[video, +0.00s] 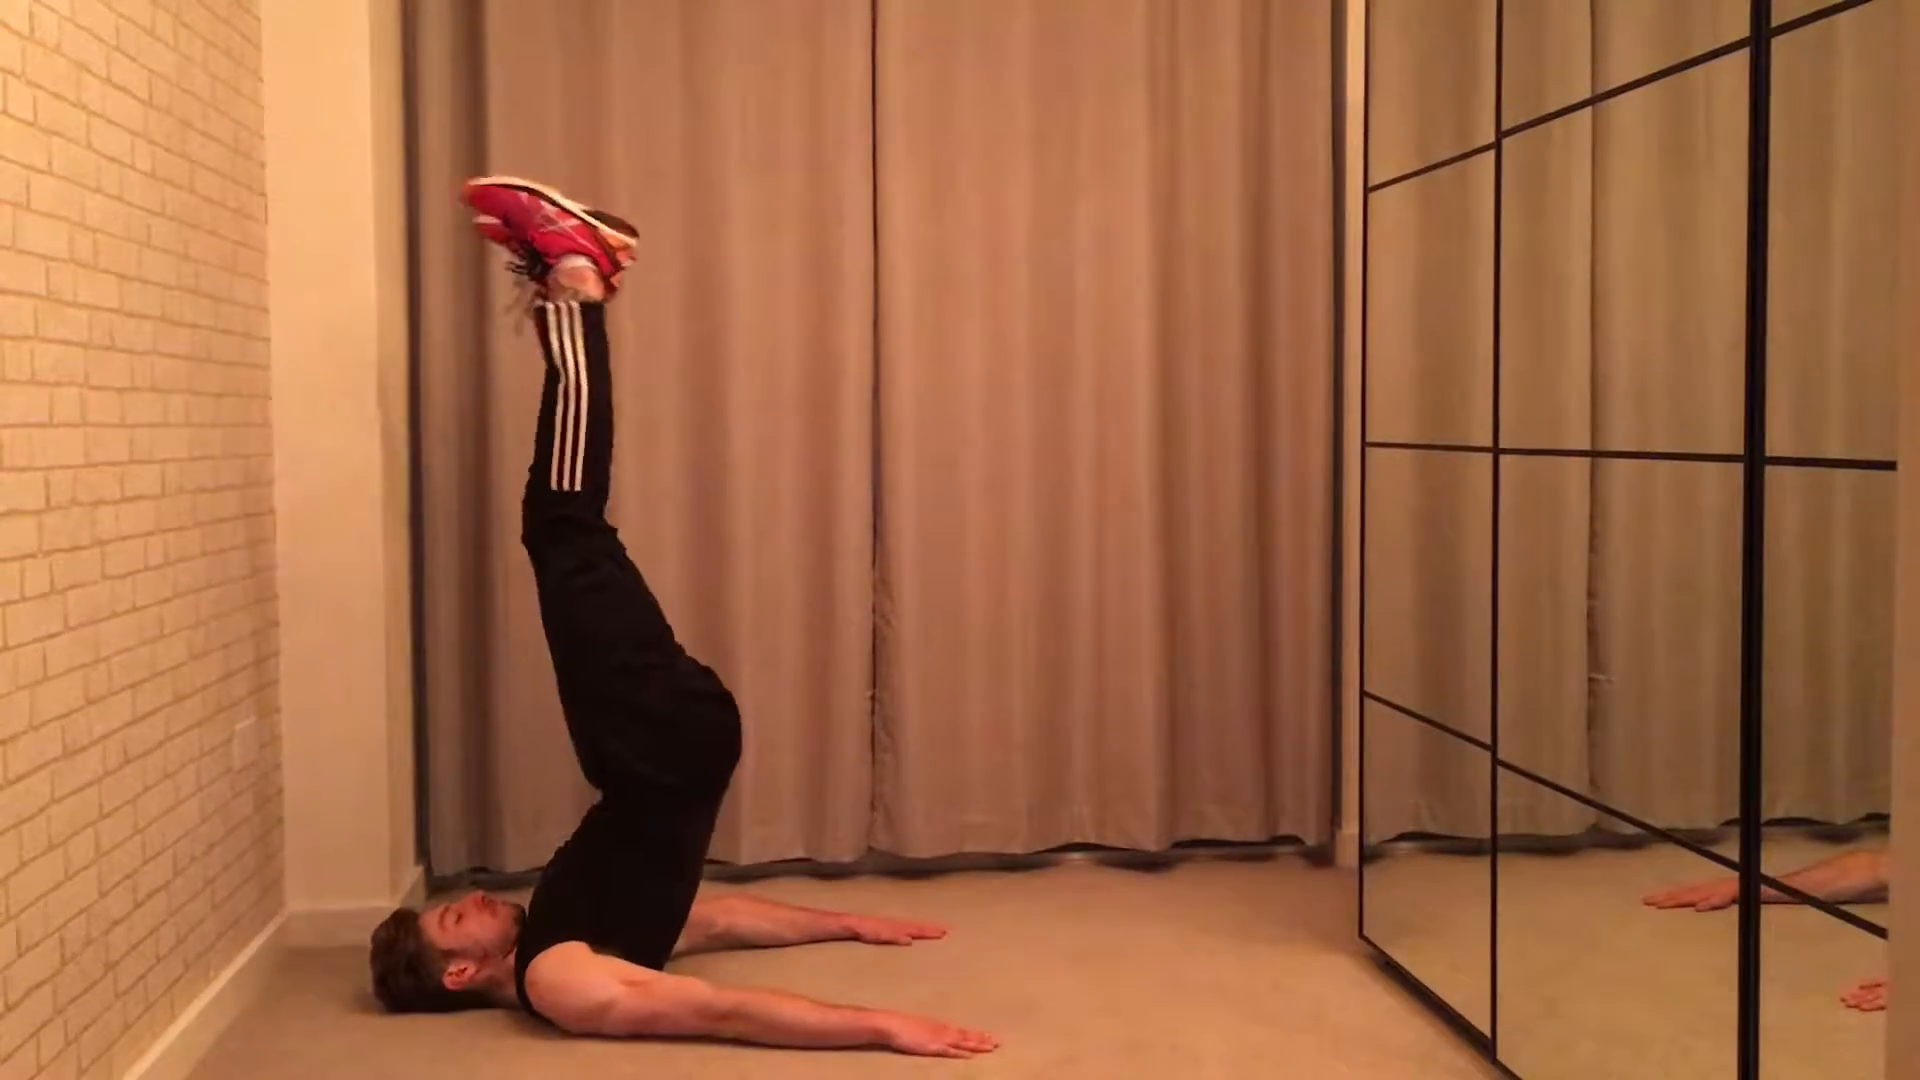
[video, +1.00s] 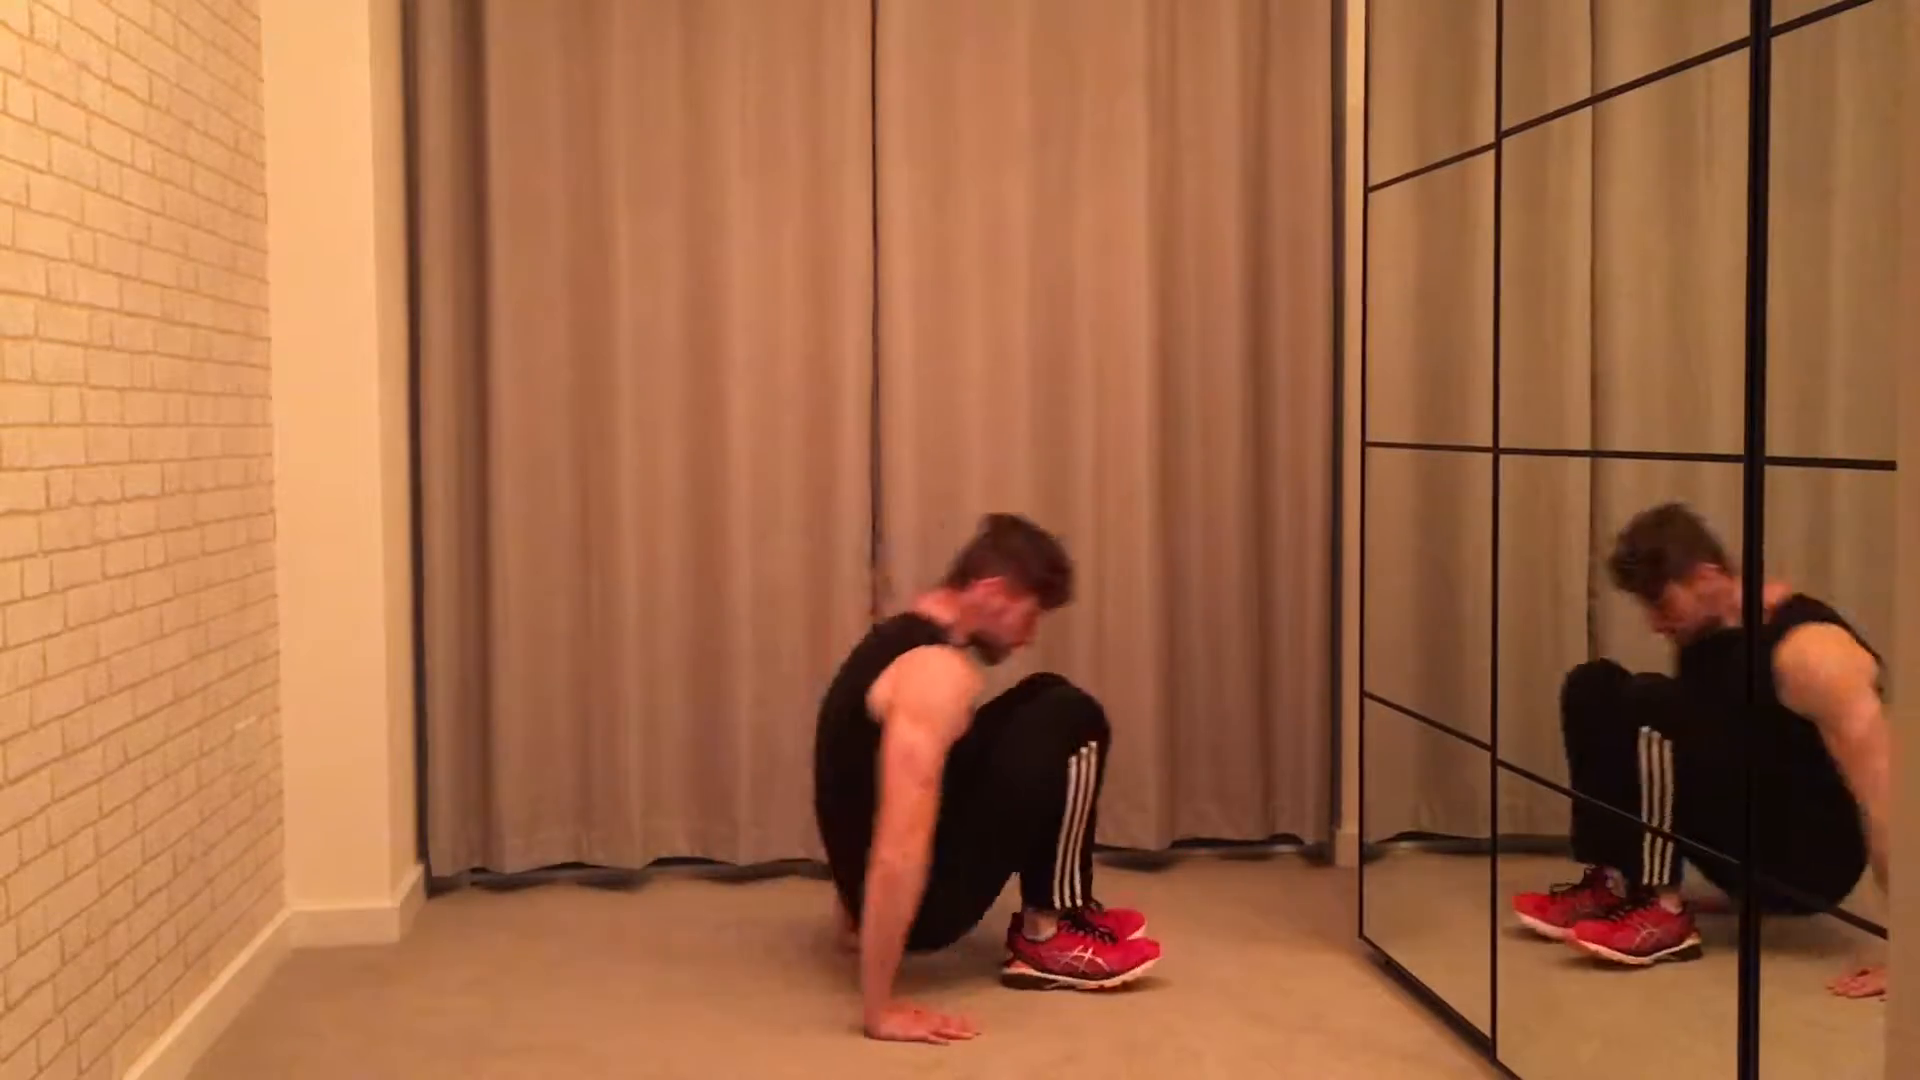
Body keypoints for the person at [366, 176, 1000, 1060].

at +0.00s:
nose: (474, 899)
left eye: (456, 900)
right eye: (456, 919)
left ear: (478, 904)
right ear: (465, 973)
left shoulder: (570, 936)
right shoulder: (559, 979)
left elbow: (716, 917)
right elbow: (719, 1015)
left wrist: (849, 925)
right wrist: (884, 1029)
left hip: (661, 760)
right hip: (681, 751)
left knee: (561, 526)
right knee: (560, 527)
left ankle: (570, 293)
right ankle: (573, 289)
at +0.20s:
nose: (464, 901)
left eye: (446, 903)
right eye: (449, 919)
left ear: (472, 943)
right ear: (460, 968)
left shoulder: (565, 941)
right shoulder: (559, 984)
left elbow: (712, 925)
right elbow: (721, 1019)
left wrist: (838, 922)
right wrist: (878, 1029)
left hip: (714, 775)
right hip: (731, 776)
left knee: (550, 606)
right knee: (543, 607)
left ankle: (668, 418)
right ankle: (673, 423)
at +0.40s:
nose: (464, 880)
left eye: (443, 883)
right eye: (446, 897)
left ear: (463, 936)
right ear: (457, 953)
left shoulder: (555, 933)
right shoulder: (564, 973)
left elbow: (704, 913)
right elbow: (717, 1019)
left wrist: (838, 917)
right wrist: (879, 1015)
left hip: (787, 879)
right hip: (802, 888)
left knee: (650, 699)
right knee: (653, 710)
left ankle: (841, 599)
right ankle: (858, 631)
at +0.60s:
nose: (627, 770)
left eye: (615, 755)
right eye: (604, 765)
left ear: (570, 798)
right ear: (562, 803)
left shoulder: (622, 854)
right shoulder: (620, 887)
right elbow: (714, 1023)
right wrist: (870, 1001)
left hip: (837, 911)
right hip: (863, 940)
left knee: (883, 682)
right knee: (906, 706)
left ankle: (1011, 853)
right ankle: (1075, 862)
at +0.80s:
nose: (853, 656)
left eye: (853, 639)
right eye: (845, 640)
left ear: (790, 644)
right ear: (795, 643)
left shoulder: (777, 713)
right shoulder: (786, 741)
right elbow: (758, 924)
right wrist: (863, 1017)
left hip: (880, 936)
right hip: (892, 959)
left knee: (986, 704)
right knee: (998, 721)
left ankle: (1049, 913)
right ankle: (1051, 928)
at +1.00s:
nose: (1030, 635)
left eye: (1038, 617)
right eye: (1031, 614)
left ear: (986, 588)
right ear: (990, 592)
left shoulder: (909, 636)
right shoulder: (936, 673)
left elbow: (861, 780)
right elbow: (898, 854)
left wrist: (856, 913)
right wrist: (879, 1011)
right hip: (915, 909)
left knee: (1045, 694)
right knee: (1069, 715)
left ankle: (1053, 910)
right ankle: (1046, 930)